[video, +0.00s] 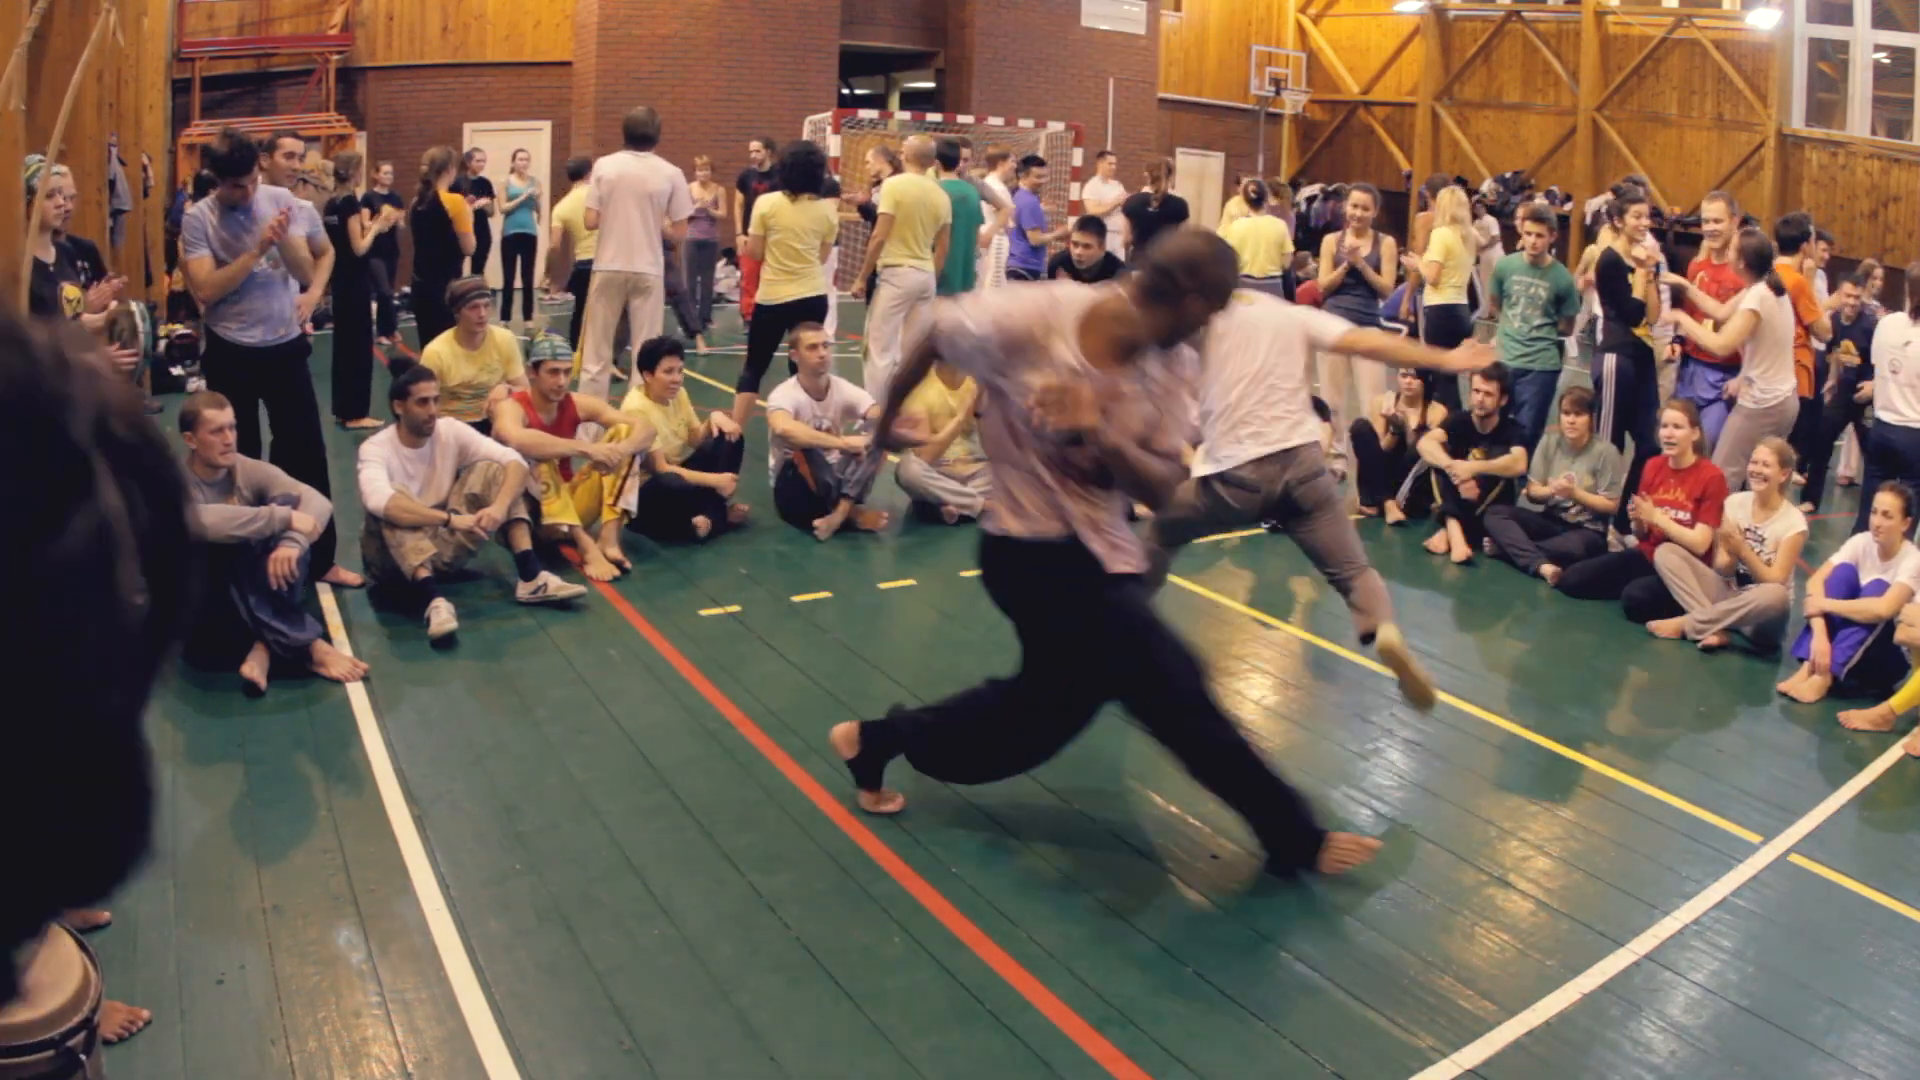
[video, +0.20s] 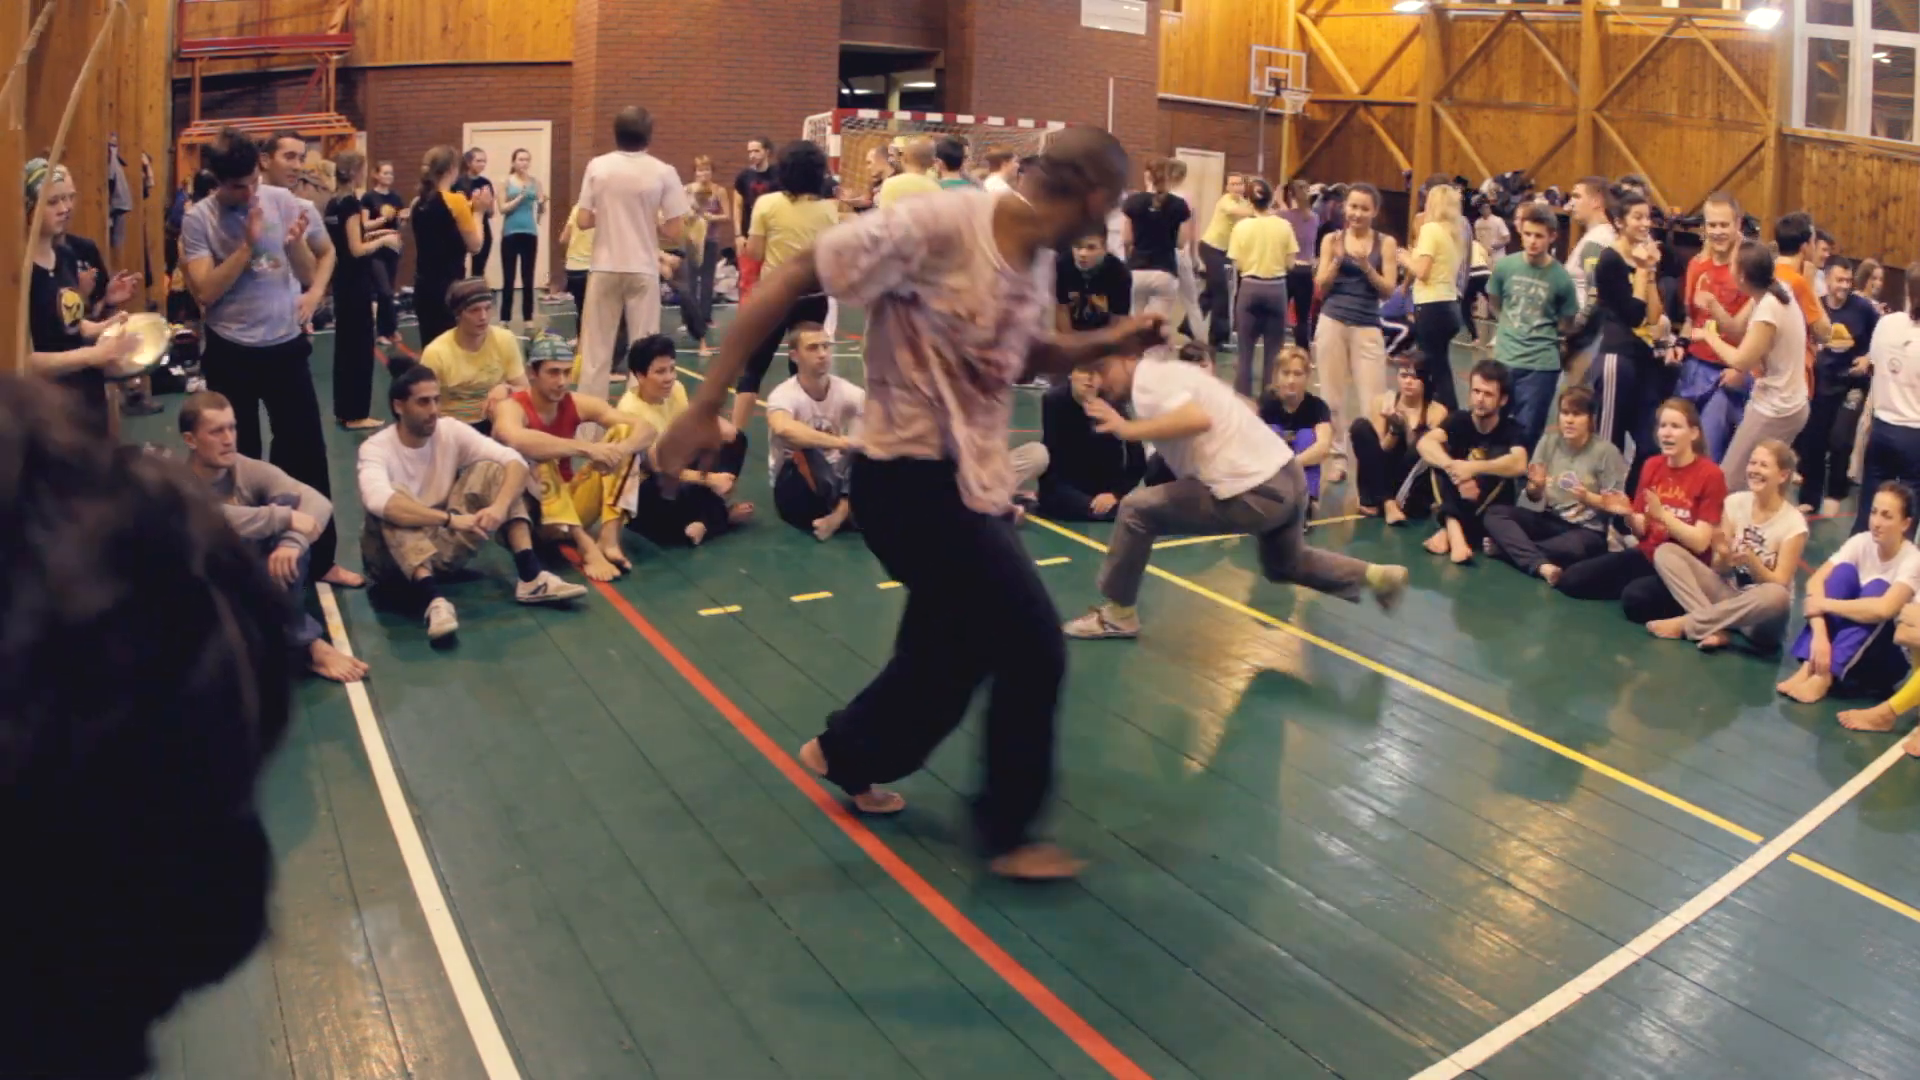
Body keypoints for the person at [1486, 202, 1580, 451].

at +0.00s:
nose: (1533, 241)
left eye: (1539, 235)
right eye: (1528, 234)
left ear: (1552, 237)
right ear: (1521, 234)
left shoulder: (1563, 279)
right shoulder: (1504, 265)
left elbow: (1566, 327)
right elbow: (1495, 305)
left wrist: (1538, 330)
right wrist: (1518, 325)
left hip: (1541, 360)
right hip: (1504, 355)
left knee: (1526, 431)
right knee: (1496, 426)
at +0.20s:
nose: (1532, 241)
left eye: (1539, 236)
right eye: (1528, 234)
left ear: (1552, 237)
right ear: (1521, 233)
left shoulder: (1561, 278)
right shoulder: (1504, 266)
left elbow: (1567, 322)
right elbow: (1494, 304)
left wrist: (1540, 331)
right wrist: (1513, 325)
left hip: (1540, 361)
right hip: (1504, 356)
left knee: (1526, 431)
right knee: (1495, 425)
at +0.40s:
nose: (1532, 242)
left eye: (1539, 236)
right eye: (1527, 234)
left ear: (1550, 238)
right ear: (1520, 234)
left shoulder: (1561, 277)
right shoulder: (1504, 266)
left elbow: (1566, 327)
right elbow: (1493, 305)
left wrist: (1537, 329)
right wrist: (1515, 324)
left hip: (1540, 362)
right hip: (1504, 357)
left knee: (1526, 432)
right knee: (1494, 427)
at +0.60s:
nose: (1531, 241)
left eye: (1538, 236)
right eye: (1526, 234)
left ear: (1549, 239)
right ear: (1520, 234)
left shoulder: (1561, 277)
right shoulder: (1503, 268)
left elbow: (1567, 325)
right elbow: (1490, 300)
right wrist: (1485, 314)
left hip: (1541, 358)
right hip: (1504, 354)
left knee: (1527, 430)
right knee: (1491, 421)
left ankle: (1519, 485)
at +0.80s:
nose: (1530, 241)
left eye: (1537, 236)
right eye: (1526, 234)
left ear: (1551, 239)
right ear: (1519, 234)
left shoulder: (1561, 279)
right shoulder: (1504, 266)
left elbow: (1568, 325)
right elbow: (1495, 305)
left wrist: (1539, 332)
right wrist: (1516, 328)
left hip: (1540, 359)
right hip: (1504, 355)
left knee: (1526, 431)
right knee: (1491, 423)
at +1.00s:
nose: (1530, 241)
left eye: (1537, 236)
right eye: (1526, 234)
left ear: (1550, 238)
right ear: (1519, 234)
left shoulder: (1562, 278)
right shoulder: (1503, 266)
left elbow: (1567, 326)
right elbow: (1494, 305)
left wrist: (1537, 329)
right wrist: (1516, 326)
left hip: (1541, 359)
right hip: (1503, 354)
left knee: (1526, 431)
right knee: (1493, 424)